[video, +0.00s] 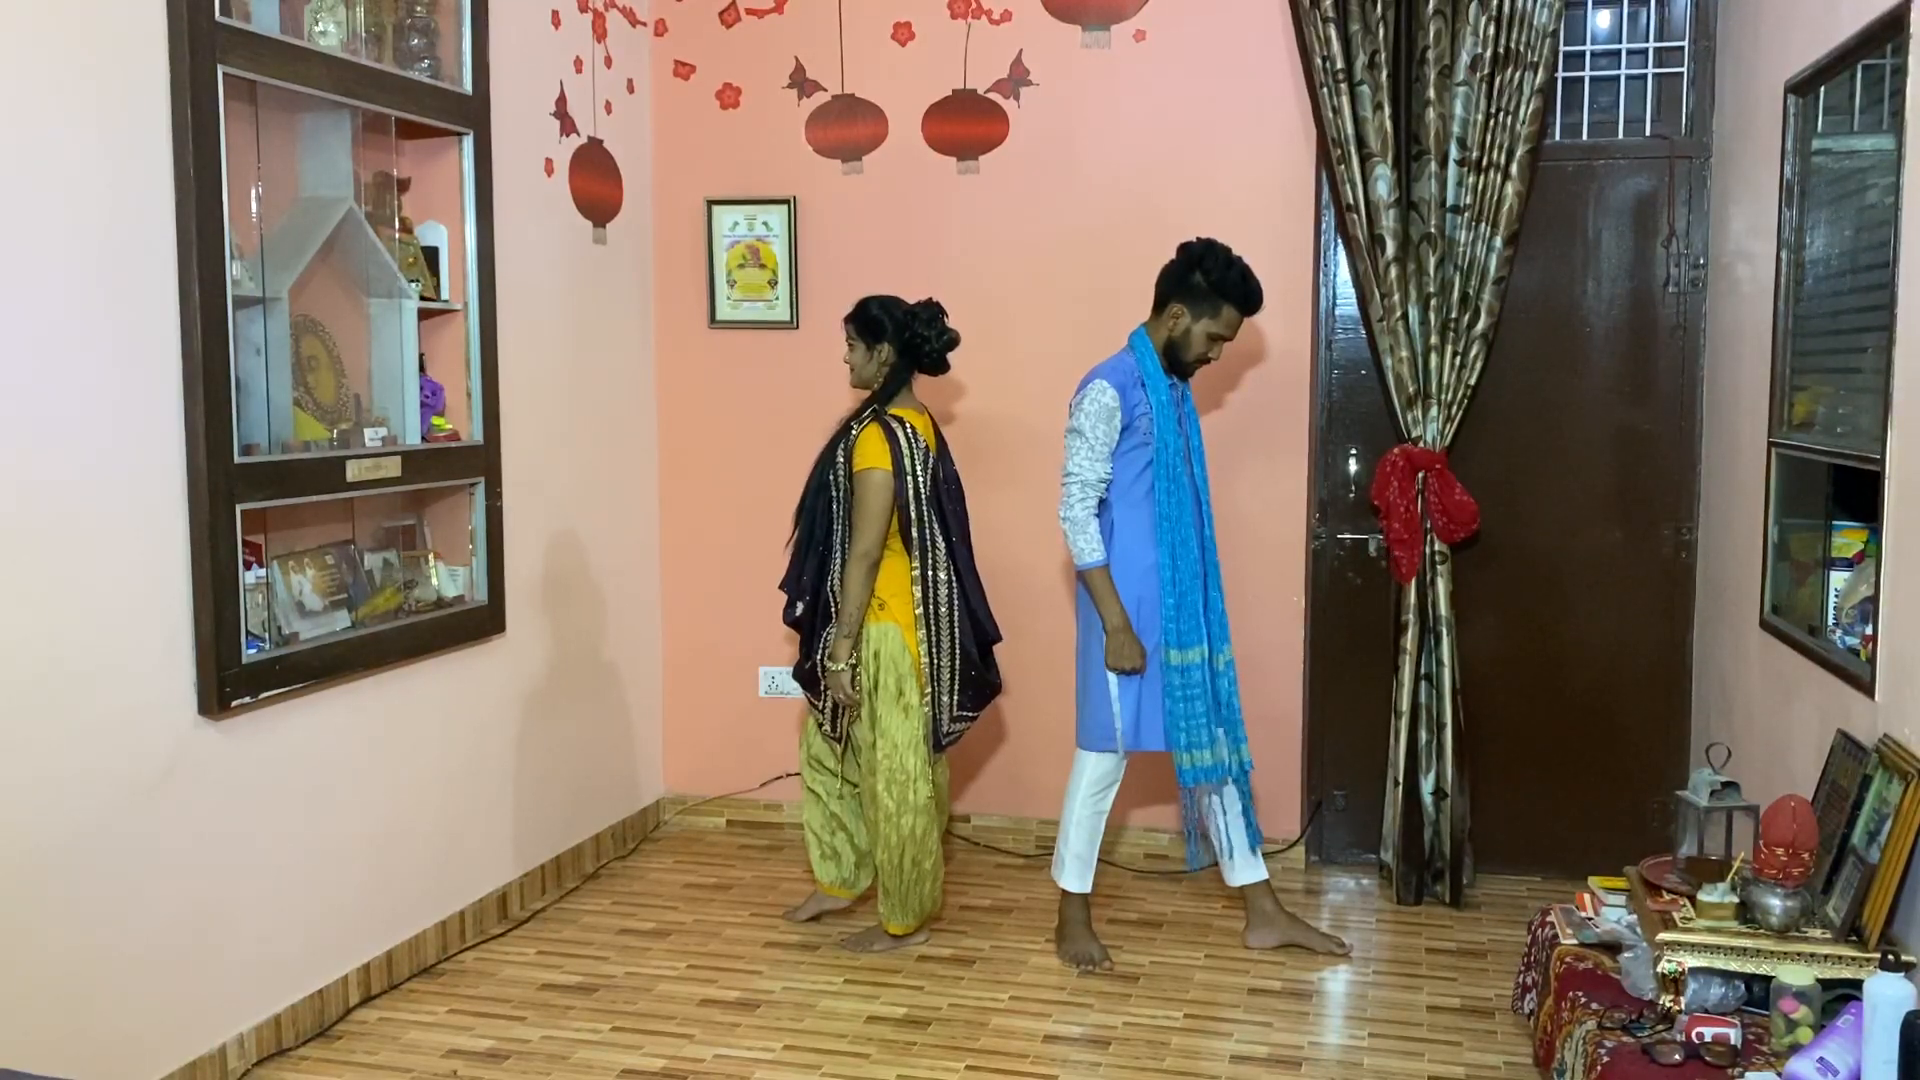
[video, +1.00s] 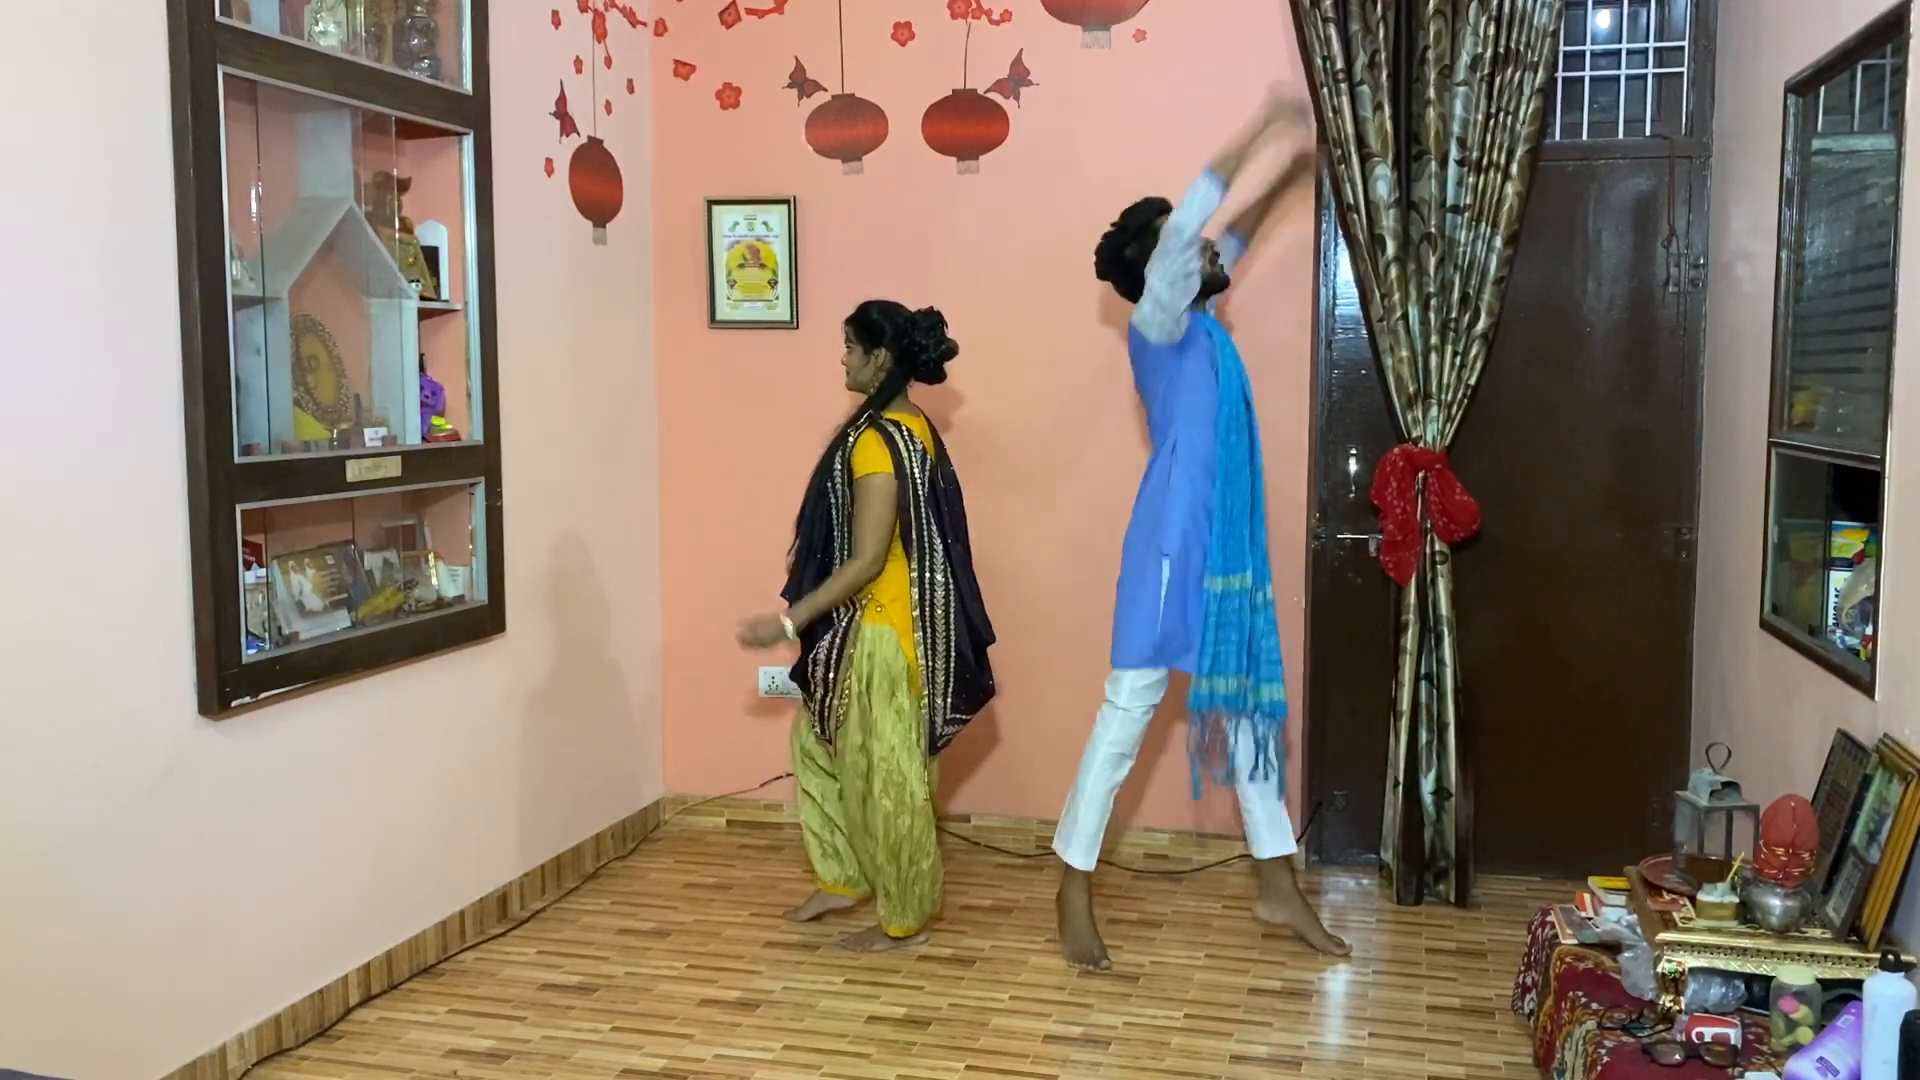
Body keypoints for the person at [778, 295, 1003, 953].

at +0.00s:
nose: (845, 359)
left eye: (854, 347)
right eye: (846, 346)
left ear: (885, 354)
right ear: (894, 354)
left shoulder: (879, 434)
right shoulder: (914, 424)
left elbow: (867, 550)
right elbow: (885, 546)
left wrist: (841, 645)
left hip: (885, 628)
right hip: (887, 618)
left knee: (897, 775)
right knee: (828, 752)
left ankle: (905, 915)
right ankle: (841, 879)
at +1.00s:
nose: (842, 359)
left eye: (850, 349)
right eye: (845, 348)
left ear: (880, 357)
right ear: (888, 358)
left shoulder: (877, 439)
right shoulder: (908, 426)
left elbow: (867, 558)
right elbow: (892, 552)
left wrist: (788, 618)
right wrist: (811, 614)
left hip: (880, 630)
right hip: (885, 623)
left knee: (889, 772)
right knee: (818, 745)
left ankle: (907, 915)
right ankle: (845, 880)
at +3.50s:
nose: (914, 341)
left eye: (915, 329)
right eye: (903, 329)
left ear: (899, 334)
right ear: (866, 334)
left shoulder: (916, 406)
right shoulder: (828, 398)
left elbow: (940, 498)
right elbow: (814, 487)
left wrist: (949, 571)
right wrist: (807, 559)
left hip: (921, 590)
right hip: (862, 587)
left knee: (923, 736)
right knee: (824, 734)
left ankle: (938, 875)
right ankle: (761, 874)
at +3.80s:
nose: (932, 414)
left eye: (932, 403)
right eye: (920, 404)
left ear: (911, 413)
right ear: (884, 411)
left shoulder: (925, 479)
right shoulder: (851, 478)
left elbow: (957, 527)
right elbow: (838, 565)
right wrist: (840, 623)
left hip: (898, 659)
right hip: (830, 661)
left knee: (956, 770)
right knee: (841, 809)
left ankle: (925, 894)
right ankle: (763, 897)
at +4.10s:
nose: (916, 366)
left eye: (917, 354)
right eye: (905, 354)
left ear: (899, 359)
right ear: (865, 359)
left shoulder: (908, 431)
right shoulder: (818, 429)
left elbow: (929, 522)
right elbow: (778, 524)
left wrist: (944, 594)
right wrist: (774, 615)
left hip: (910, 618)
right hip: (839, 619)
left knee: (943, 749)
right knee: (825, 762)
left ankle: (935, 887)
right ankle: (769, 892)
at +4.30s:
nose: (894, 378)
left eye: (894, 368)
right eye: (881, 368)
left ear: (884, 378)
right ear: (842, 379)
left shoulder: (912, 444)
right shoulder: (799, 459)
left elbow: (935, 535)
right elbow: (775, 563)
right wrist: (757, 631)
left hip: (912, 632)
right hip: (825, 632)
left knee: (953, 768)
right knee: (827, 772)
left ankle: (958, 896)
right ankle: (804, 908)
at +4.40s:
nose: (889, 388)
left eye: (887, 377)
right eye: (874, 380)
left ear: (882, 388)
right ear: (838, 398)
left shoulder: (917, 457)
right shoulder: (799, 475)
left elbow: (945, 554)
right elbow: (789, 578)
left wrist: (930, 623)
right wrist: (794, 593)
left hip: (911, 641)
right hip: (826, 644)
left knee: (968, 768)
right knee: (828, 780)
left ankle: (966, 899)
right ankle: (803, 911)